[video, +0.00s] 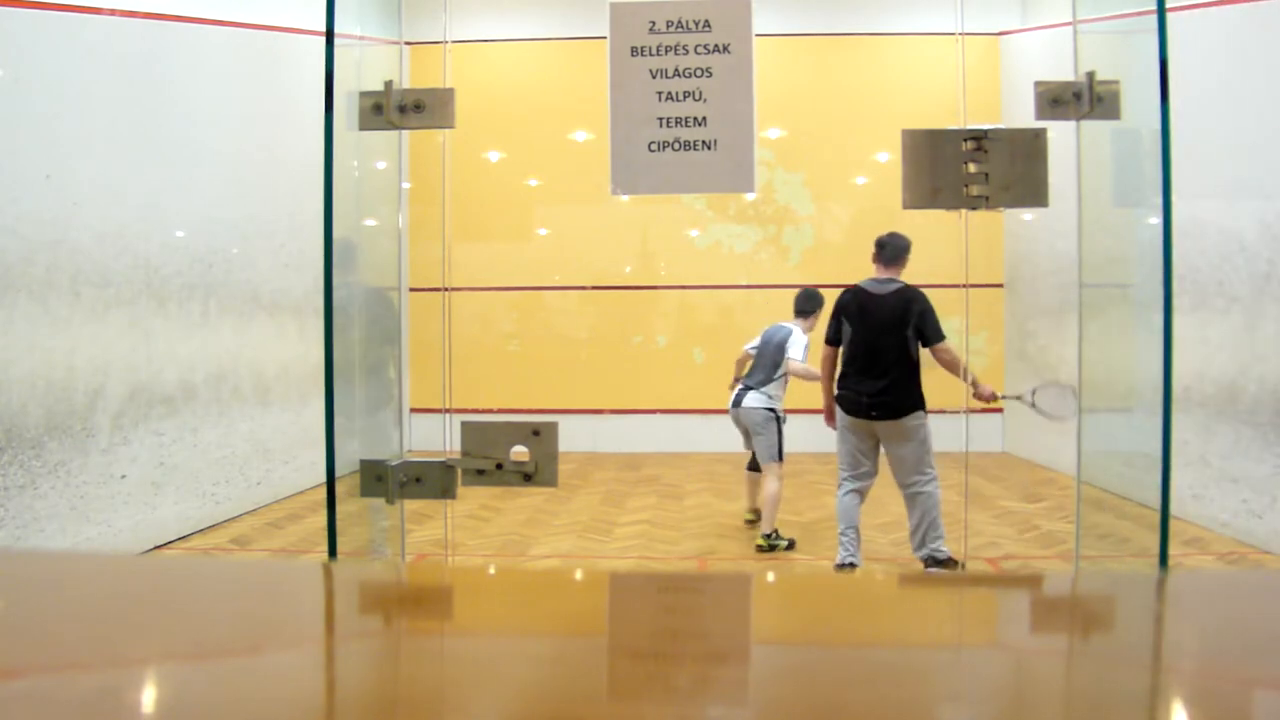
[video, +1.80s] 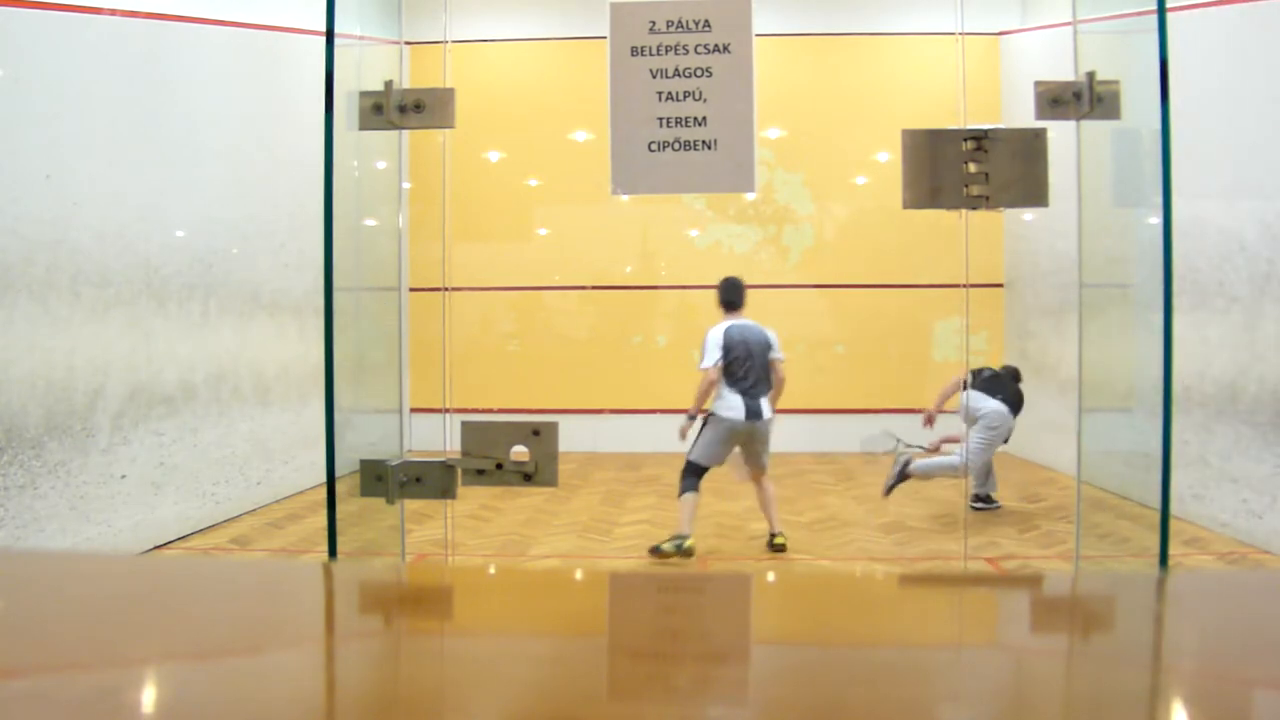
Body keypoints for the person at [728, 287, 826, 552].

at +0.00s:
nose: (817, 321)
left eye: (818, 317)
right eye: (818, 317)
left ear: (794, 311)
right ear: (815, 315)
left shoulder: (772, 330)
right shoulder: (798, 335)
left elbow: (743, 356)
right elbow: (794, 368)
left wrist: (736, 378)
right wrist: (827, 377)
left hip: (740, 403)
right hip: (762, 407)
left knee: (756, 455)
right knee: (772, 472)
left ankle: (752, 509)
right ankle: (768, 534)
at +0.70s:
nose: (814, 308)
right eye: (815, 304)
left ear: (792, 303)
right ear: (813, 306)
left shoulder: (773, 325)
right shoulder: (815, 338)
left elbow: (744, 355)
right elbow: (817, 372)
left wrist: (734, 385)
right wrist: (811, 403)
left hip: (759, 397)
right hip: (788, 400)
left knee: (769, 454)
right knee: (787, 460)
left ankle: (775, 505)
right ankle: (772, 505)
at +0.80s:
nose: (811, 304)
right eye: (811, 300)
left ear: (788, 300)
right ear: (810, 302)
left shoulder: (768, 324)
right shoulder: (814, 334)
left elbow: (747, 359)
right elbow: (806, 365)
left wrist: (739, 392)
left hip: (760, 398)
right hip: (789, 400)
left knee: (770, 453)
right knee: (791, 458)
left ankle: (773, 508)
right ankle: (781, 507)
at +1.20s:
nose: (808, 299)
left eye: (805, 294)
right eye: (808, 295)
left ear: (783, 296)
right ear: (806, 297)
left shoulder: (763, 324)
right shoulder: (815, 331)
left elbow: (747, 362)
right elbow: (818, 374)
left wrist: (743, 397)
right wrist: (805, 399)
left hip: (760, 401)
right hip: (792, 403)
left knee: (760, 457)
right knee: (795, 467)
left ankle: (758, 508)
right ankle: (784, 521)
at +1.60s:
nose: (779, 291)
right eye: (781, 287)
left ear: (757, 290)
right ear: (781, 290)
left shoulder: (742, 318)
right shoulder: (796, 322)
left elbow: (729, 356)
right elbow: (804, 365)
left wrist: (720, 388)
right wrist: (801, 401)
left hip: (741, 398)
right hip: (776, 401)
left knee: (720, 456)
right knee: (782, 463)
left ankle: (719, 508)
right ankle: (787, 518)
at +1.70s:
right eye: (763, 286)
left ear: (740, 290)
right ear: (765, 289)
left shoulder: (730, 319)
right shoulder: (783, 322)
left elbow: (722, 360)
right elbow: (794, 364)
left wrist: (708, 393)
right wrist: (788, 401)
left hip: (733, 397)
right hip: (768, 400)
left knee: (706, 460)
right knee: (775, 463)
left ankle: (704, 518)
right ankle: (778, 522)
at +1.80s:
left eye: (721, 298)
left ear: (720, 302)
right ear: (744, 300)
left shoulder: (717, 333)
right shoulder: (765, 333)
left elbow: (711, 378)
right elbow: (779, 376)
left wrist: (691, 415)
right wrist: (768, 407)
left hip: (726, 415)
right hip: (760, 415)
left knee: (692, 472)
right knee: (760, 475)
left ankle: (682, 536)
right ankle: (776, 532)